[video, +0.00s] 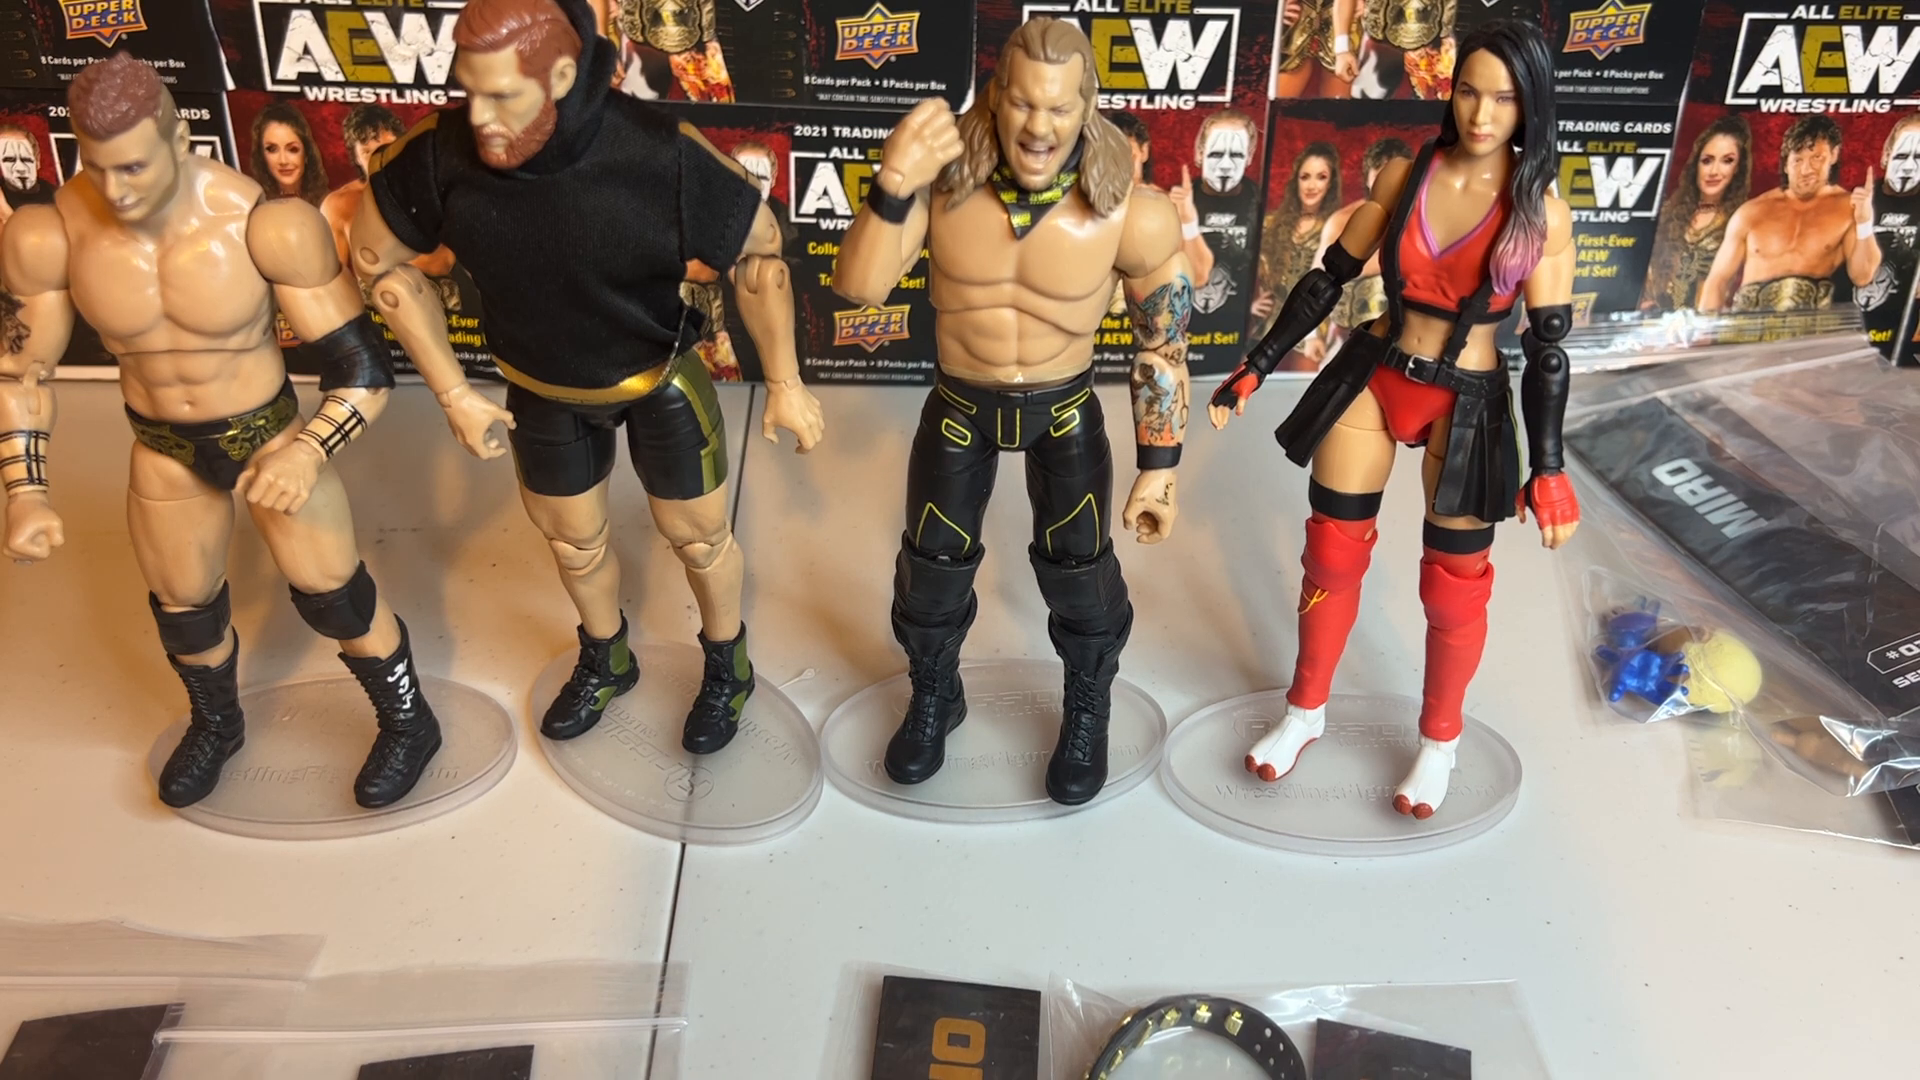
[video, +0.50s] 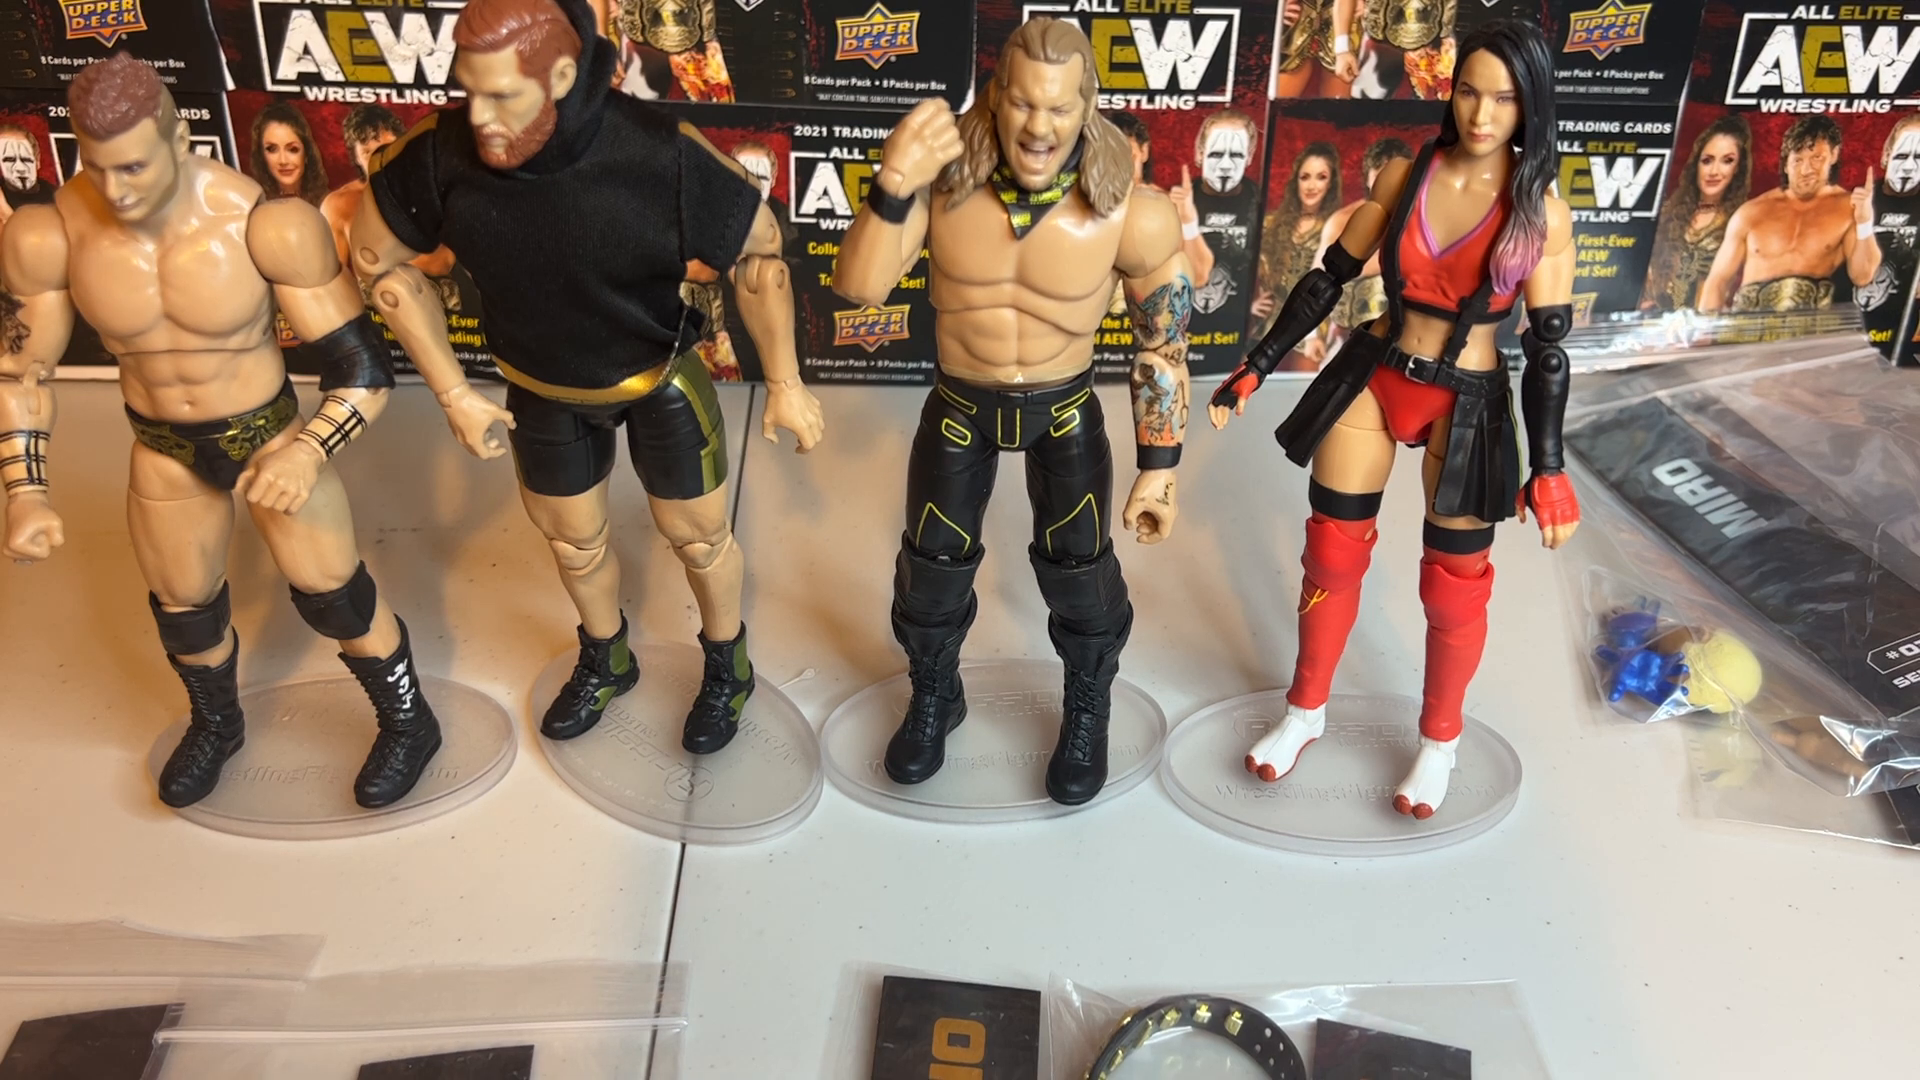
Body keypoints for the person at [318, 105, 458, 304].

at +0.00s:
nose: (380, 160)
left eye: (387, 149)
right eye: (369, 153)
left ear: (402, 147)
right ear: (356, 157)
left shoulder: (431, 190)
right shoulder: (339, 205)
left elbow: (443, 262)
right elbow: (338, 276)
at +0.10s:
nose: (379, 160)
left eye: (387, 150)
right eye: (368, 153)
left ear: (402, 147)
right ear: (355, 156)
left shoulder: (431, 191)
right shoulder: (338, 205)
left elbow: (442, 263)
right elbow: (336, 275)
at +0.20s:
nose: (379, 160)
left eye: (387, 150)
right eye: (368, 153)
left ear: (402, 147)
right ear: (355, 157)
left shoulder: (431, 191)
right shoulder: (339, 204)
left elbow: (443, 262)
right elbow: (337, 275)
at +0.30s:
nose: (379, 159)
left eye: (386, 149)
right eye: (368, 152)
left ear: (402, 146)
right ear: (355, 156)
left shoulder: (431, 191)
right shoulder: (338, 205)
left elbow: (443, 263)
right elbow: (336, 275)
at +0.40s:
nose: (379, 160)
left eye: (387, 149)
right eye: (369, 153)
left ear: (402, 147)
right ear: (356, 156)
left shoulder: (431, 191)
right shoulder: (338, 205)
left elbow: (442, 263)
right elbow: (337, 275)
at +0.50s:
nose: (380, 160)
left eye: (387, 150)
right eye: (369, 153)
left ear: (402, 147)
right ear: (355, 157)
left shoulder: (431, 191)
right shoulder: (339, 204)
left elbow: (443, 263)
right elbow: (337, 276)